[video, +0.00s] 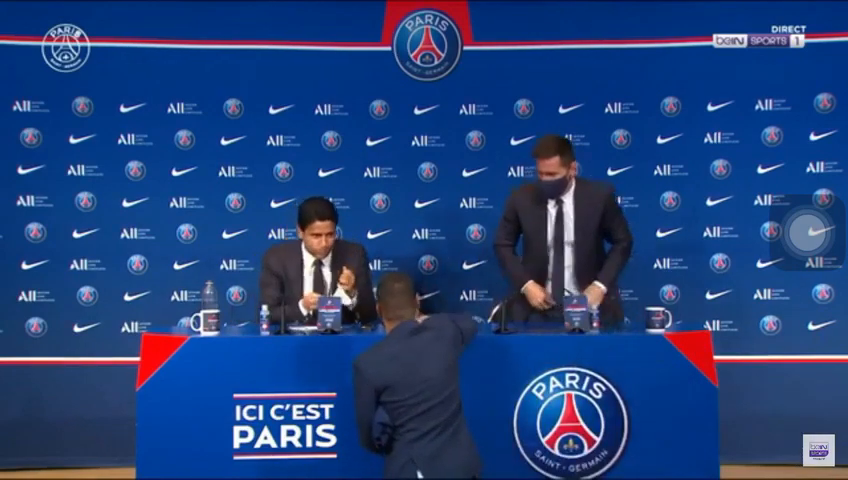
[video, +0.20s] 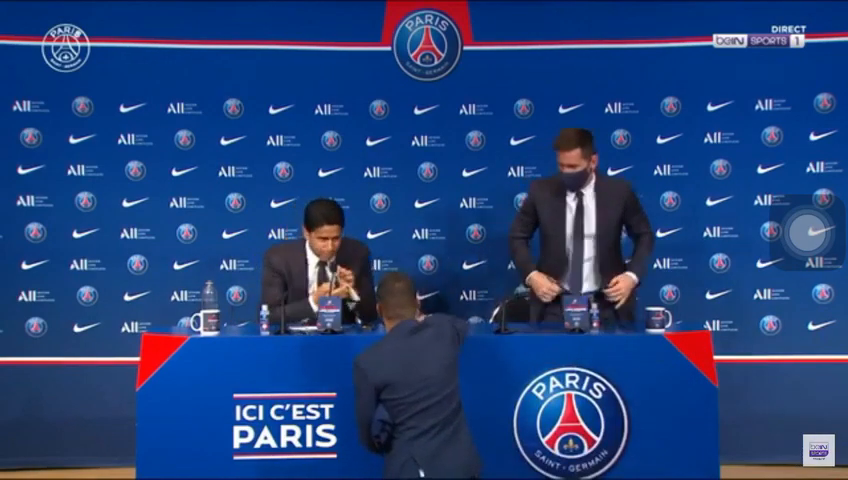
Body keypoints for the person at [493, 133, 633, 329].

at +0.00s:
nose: (544, 181)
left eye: (552, 174)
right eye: (540, 174)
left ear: (572, 170)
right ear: (536, 170)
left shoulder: (599, 196)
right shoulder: (522, 198)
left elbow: (623, 242)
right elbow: (503, 245)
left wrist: (600, 286)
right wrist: (527, 285)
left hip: (588, 310)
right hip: (539, 311)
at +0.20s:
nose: (566, 173)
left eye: (573, 167)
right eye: (562, 166)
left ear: (592, 162)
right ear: (557, 162)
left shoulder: (618, 192)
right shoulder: (541, 191)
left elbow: (644, 236)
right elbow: (518, 238)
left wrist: (633, 276)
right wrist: (531, 276)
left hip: (606, 305)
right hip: (555, 305)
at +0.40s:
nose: (574, 166)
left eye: (581, 160)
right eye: (572, 159)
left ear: (603, 157)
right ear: (568, 154)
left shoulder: (632, 188)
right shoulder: (555, 188)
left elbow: (658, 234)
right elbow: (530, 233)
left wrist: (646, 269)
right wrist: (543, 266)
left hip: (616, 302)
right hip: (567, 301)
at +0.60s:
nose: (574, 158)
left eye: (581, 153)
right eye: (572, 151)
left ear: (603, 151)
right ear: (570, 145)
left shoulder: (638, 182)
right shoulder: (560, 182)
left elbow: (665, 228)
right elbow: (536, 227)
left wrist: (648, 261)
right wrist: (548, 256)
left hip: (620, 296)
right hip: (574, 295)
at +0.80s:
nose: (571, 158)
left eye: (578, 152)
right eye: (569, 151)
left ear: (601, 150)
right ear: (567, 146)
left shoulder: (637, 180)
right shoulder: (560, 182)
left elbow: (666, 229)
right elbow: (539, 229)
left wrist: (639, 249)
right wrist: (554, 256)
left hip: (625, 295)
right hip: (578, 295)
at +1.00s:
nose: (570, 160)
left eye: (577, 155)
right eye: (568, 153)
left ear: (599, 151)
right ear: (566, 148)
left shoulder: (635, 176)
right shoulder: (559, 183)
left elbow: (659, 227)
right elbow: (540, 231)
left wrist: (626, 207)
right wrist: (558, 257)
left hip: (627, 295)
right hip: (581, 296)